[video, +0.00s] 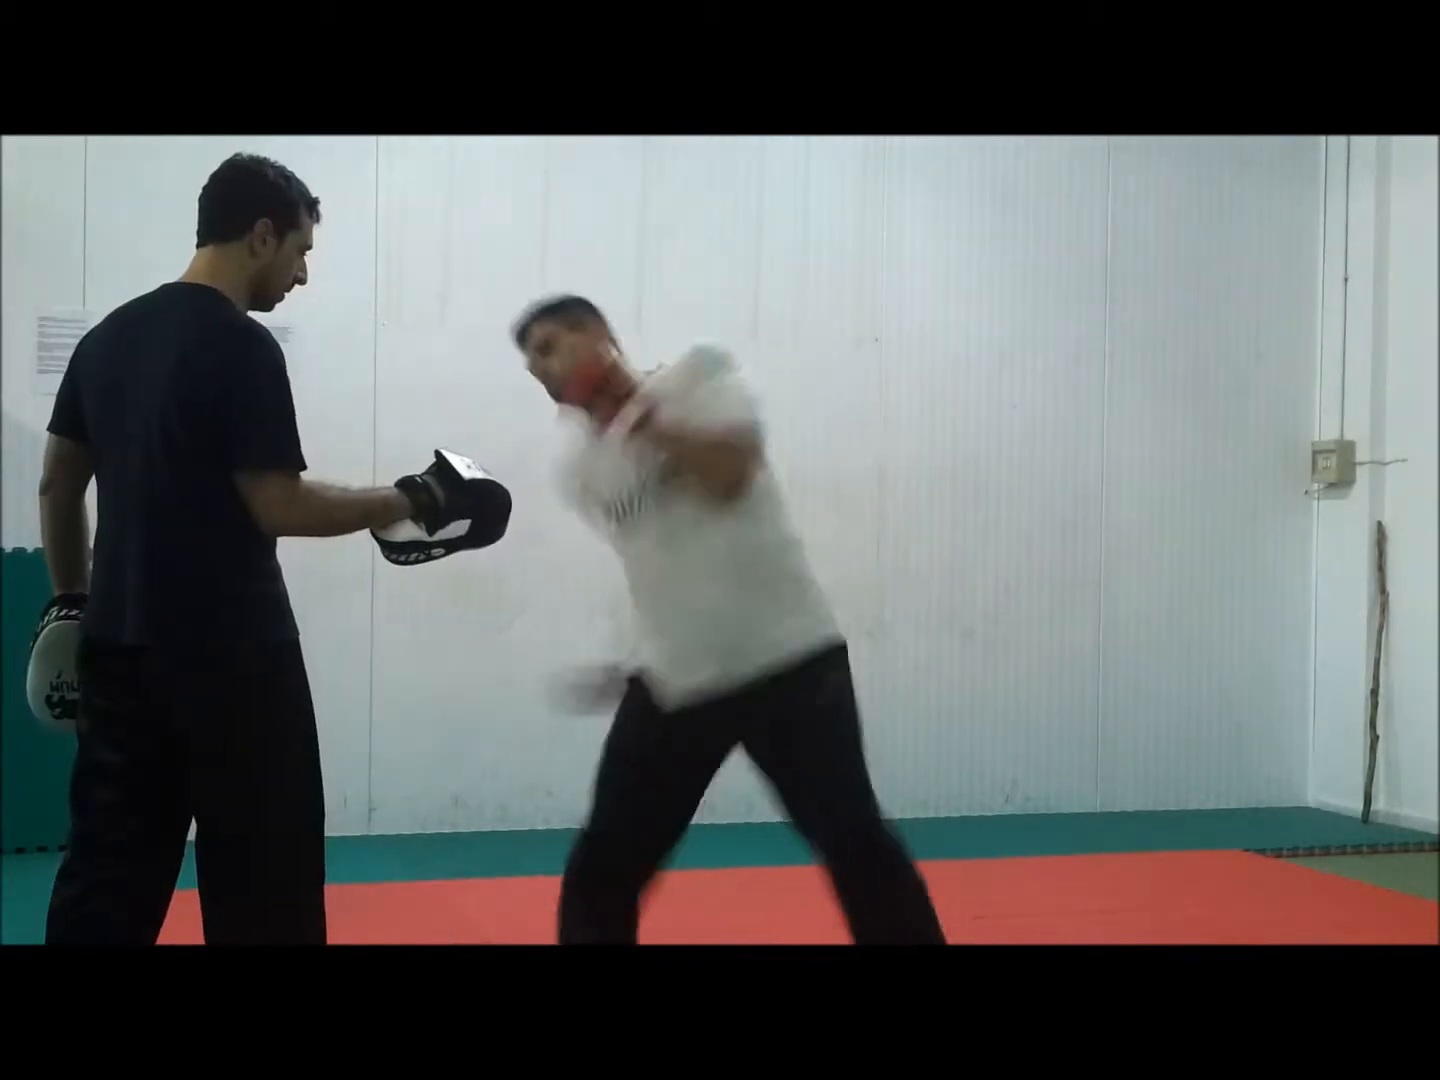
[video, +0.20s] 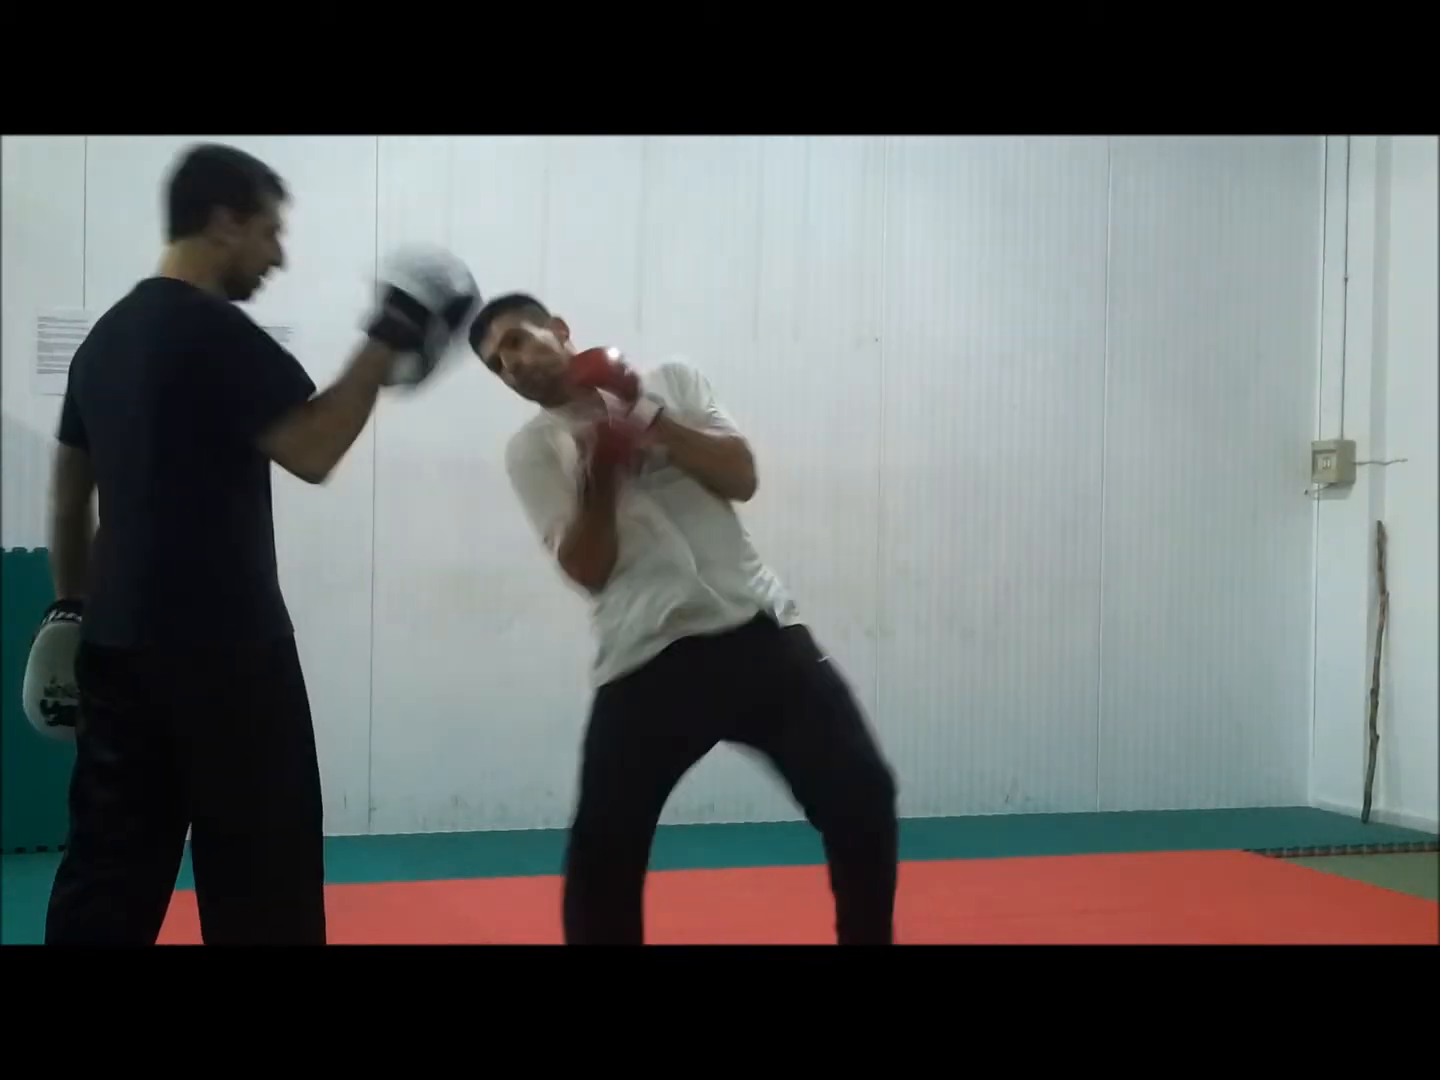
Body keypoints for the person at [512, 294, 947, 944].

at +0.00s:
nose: (542, 371)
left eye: (546, 347)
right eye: (532, 363)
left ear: (598, 333)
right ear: (543, 384)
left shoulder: (698, 376)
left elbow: (734, 473)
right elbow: (667, 569)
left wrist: (653, 424)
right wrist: (636, 666)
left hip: (788, 662)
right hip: (678, 684)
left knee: (858, 849)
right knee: (600, 878)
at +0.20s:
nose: (514, 358)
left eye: (518, 337)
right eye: (500, 361)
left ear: (561, 329)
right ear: (508, 384)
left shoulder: (669, 383)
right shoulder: (535, 448)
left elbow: (741, 477)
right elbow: (586, 570)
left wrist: (645, 413)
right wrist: (601, 466)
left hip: (760, 638)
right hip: (646, 667)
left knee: (863, 799)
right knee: (601, 862)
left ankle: (867, 938)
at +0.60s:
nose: (538, 327)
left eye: (550, 305)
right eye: (533, 311)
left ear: (605, 296)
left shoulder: (687, 369)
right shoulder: (598, 405)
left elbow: (711, 506)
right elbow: (632, 539)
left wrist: (606, 438)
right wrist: (564, 518)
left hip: (749, 640)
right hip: (652, 657)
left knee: (824, 829)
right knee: (605, 844)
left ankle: (897, 941)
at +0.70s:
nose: (601, 314)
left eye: (616, 295)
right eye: (599, 299)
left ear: (668, 291)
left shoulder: (747, 376)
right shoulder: (648, 398)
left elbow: (756, 519)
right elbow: (657, 530)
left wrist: (679, 449)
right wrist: (600, 478)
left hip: (775, 659)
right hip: (677, 666)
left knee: (844, 841)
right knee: (614, 868)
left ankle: (916, 944)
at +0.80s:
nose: (654, 313)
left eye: (670, 294)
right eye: (652, 297)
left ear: (721, 294)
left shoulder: (798, 385)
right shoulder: (683, 401)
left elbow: (799, 528)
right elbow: (682, 533)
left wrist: (714, 454)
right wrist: (636, 487)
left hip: (802, 669)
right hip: (698, 674)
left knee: (864, 856)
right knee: (621, 874)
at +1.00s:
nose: (751, 291)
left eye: (769, 274)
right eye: (750, 276)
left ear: (826, 278)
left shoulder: (894, 379)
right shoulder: (760, 385)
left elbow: (884, 522)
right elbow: (739, 524)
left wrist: (808, 417)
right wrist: (717, 446)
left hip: (870, 657)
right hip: (762, 656)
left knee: (909, 851)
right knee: (678, 823)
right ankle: (641, 943)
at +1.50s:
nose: (723, 307)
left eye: (737, 289)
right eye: (721, 292)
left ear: (791, 287)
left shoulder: (862, 377)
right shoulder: (772, 398)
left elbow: (841, 528)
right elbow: (760, 532)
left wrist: (768, 432)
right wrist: (710, 452)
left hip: (867, 660)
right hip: (776, 658)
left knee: (904, 855)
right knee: (690, 829)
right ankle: (656, 947)